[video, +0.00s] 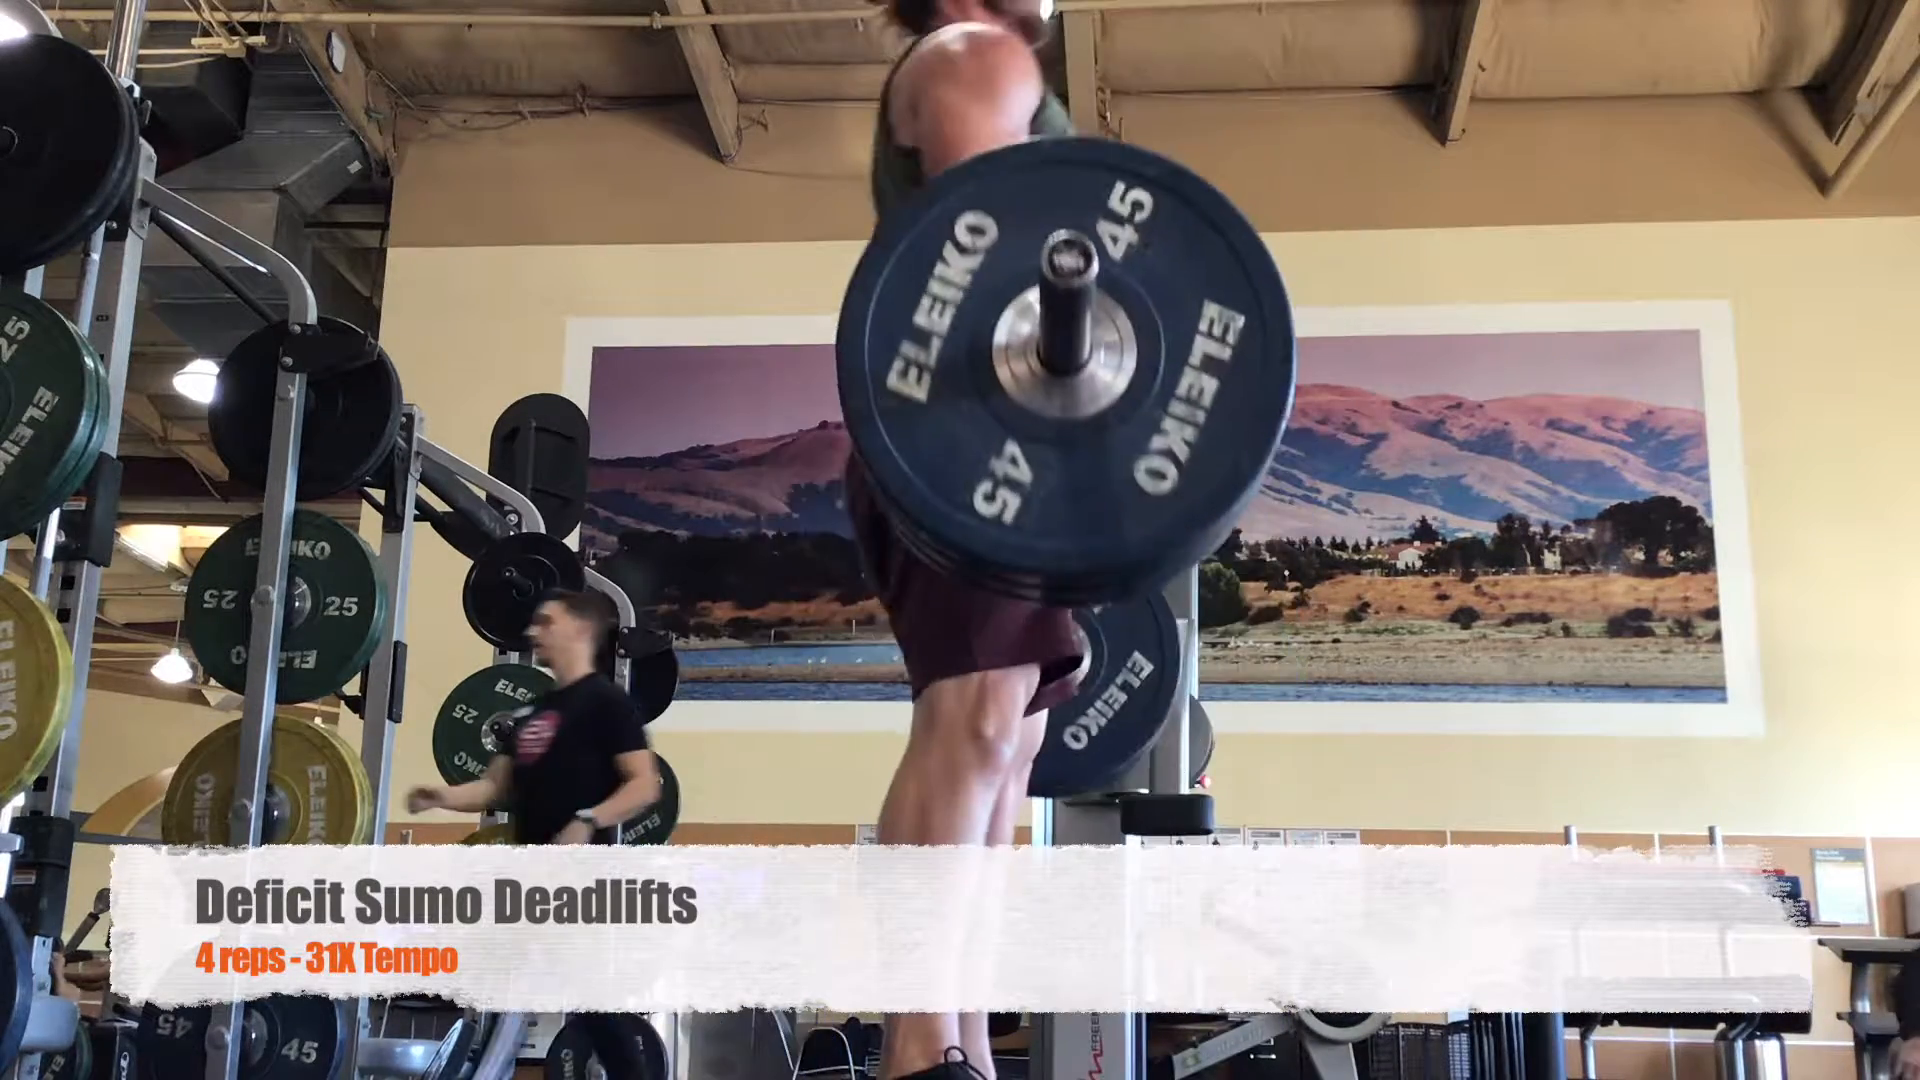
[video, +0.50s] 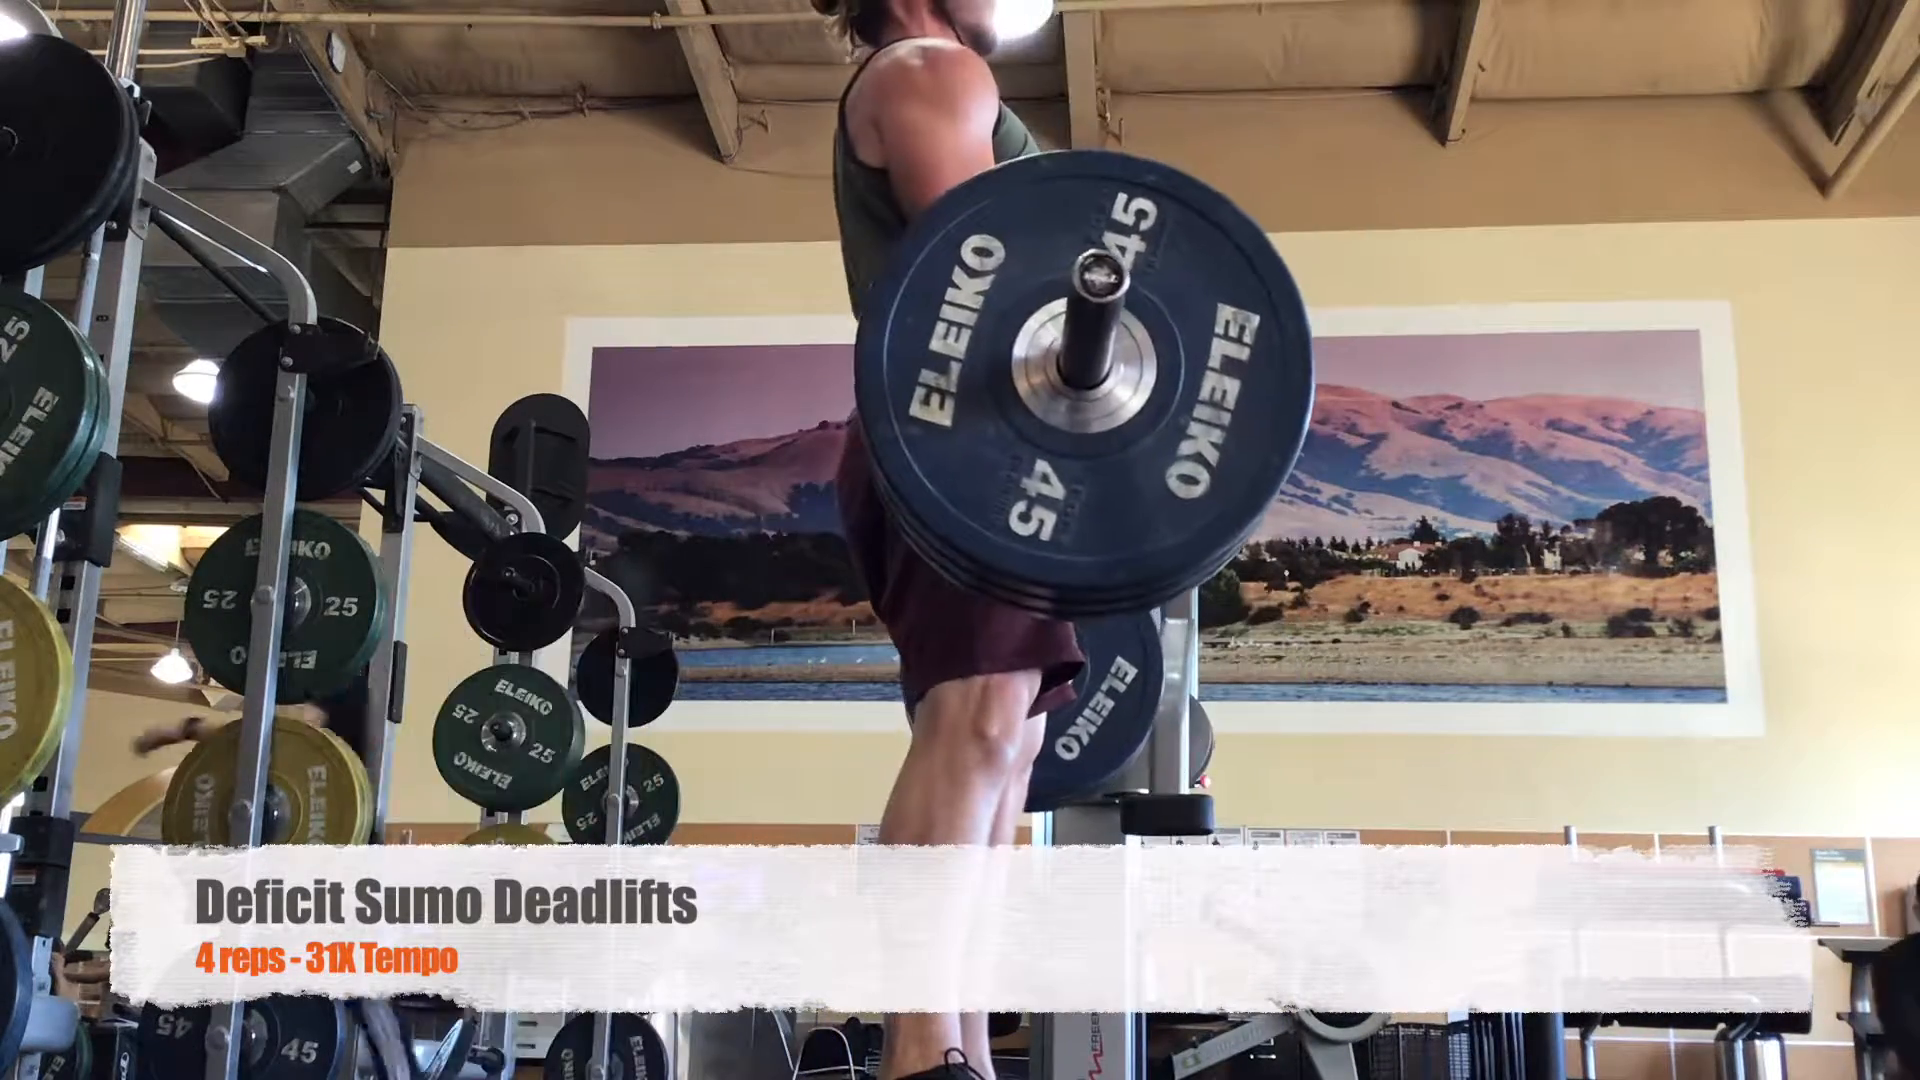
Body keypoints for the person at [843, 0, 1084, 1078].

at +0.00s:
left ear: (944, 3)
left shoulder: (994, 65)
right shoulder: (975, 55)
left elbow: (999, 272)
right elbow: (989, 262)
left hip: (1002, 438)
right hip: (951, 432)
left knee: (1015, 727)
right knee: (973, 714)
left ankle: (963, 1038)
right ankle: (915, 1045)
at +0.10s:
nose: (1030, 1)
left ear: (927, 12)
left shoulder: (966, 82)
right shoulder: (940, 70)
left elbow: (1011, 282)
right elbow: (991, 277)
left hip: (994, 450)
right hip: (941, 443)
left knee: (1012, 735)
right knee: (973, 722)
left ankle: (963, 1041)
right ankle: (917, 1048)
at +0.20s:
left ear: (917, 9)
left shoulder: (953, 79)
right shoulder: (936, 70)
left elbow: (1006, 277)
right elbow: (993, 273)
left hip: (988, 448)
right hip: (940, 443)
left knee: (1009, 733)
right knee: (972, 719)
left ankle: (961, 1037)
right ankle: (916, 1044)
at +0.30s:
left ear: (915, 8)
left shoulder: (948, 74)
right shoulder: (936, 66)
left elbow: (1000, 274)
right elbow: (989, 273)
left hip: (980, 443)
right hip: (941, 439)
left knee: (1007, 734)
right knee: (972, 721)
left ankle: (961, 1039)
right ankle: (916, 1046)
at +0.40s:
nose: (1010, 2)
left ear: (908, 10)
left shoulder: (936, 81)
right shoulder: (930, 71)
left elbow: (996, 282)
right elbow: (989, 279)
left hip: (981, 450)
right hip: (941, 446)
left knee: (1009, 735)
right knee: (974, 721)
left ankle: (962, 1039)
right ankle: (918, 1047)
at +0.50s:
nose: (1005, 3)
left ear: (903, 13)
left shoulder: (922, 83)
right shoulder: (930, 72)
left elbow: (994, 280)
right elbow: (990, 276)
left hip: (977, 447)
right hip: (948, 444)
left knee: (1003, 740)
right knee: (976, 725)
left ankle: (961, 1045)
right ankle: (917, 1049)